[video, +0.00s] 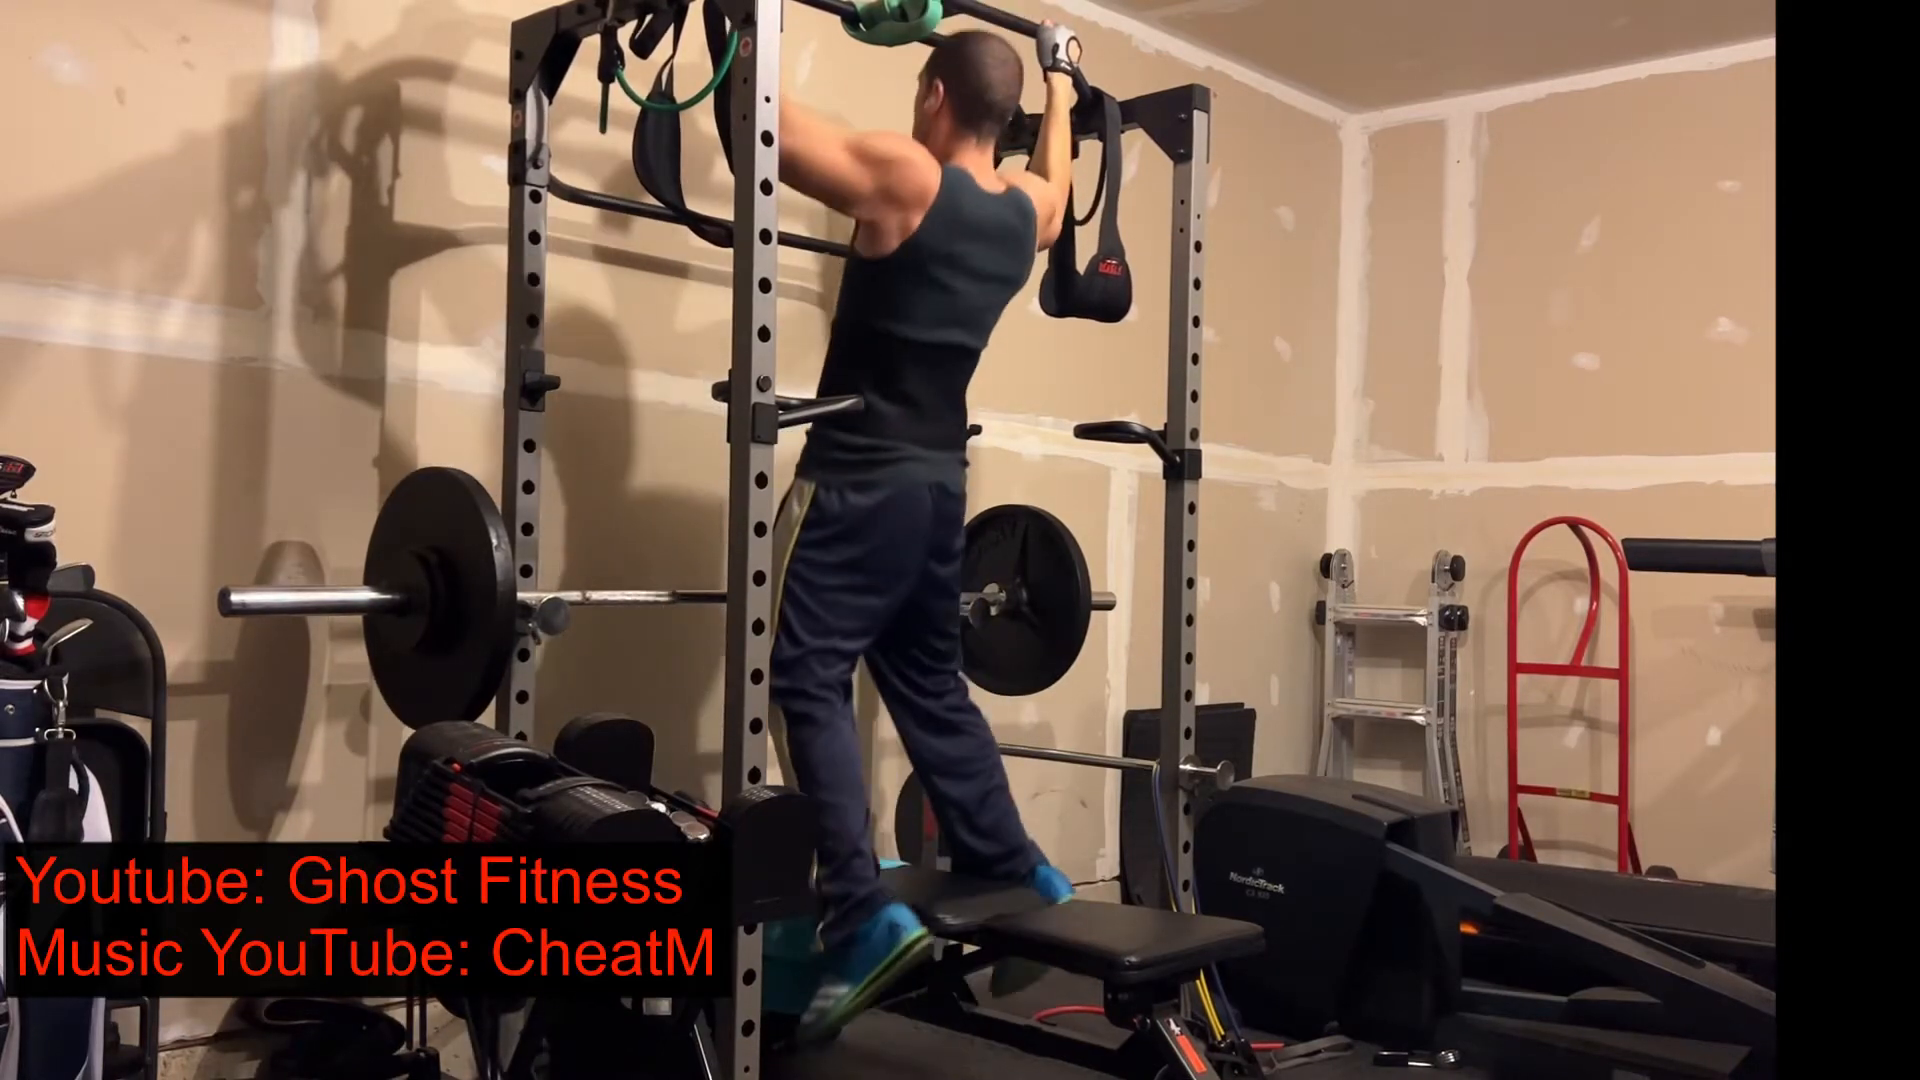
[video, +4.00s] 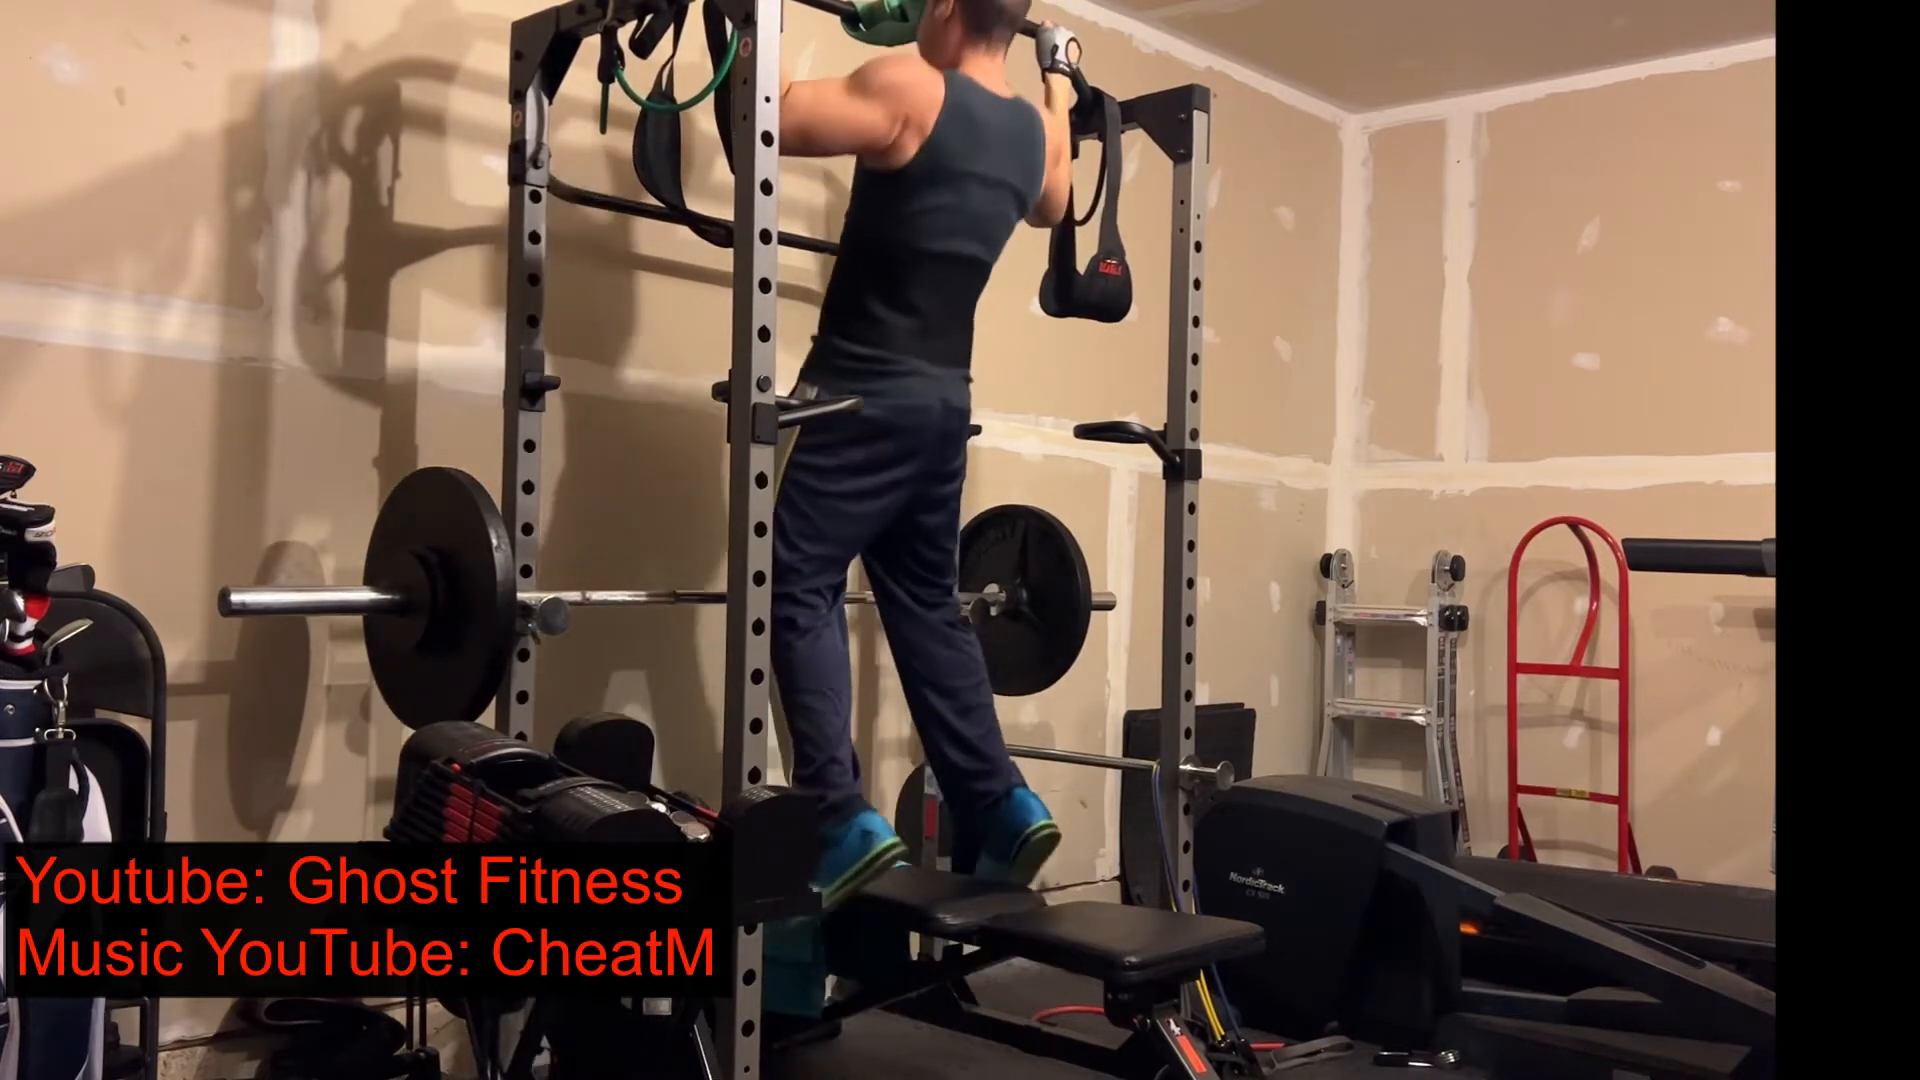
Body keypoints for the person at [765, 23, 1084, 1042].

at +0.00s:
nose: (914, 98)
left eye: (921, 84)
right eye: (923, 86)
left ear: (938, 98)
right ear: (1009, 118)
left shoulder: (902, 170)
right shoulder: (1024, 212)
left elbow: (767, 124)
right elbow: (1056, 185)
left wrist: (746, 30)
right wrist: (1061, 104)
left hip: (868, 480)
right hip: (938, 484)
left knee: (811, 681)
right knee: (931, 688)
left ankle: (862, 909)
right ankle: (1012, 871)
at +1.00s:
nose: (928, 8)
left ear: (960, 4)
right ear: (1025, 16)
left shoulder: (921, 67)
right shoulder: (1047, 107)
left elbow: (775, 107)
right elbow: (1069, 201)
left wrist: (757, 12)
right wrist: (1061, 91)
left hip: (862, 380)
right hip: (944, 390)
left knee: (780, 577)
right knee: (910, 591)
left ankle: (775, 800)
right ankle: (962, 791)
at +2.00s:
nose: (922, 136)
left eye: (929, 124)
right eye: (931, 125)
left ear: (948, 131)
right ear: (1011, 148)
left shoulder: (910, 199)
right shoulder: (1031, 243)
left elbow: (788, 138)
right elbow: (1051, 186)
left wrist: (770, 21)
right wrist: (1057, 107)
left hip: (868, 520)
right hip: (943, 524)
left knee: (804, 723)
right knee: (929, 731)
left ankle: (837, 962)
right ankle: (999, 936)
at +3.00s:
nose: (894, 176)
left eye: (900, 163)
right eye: (905, 164)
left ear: (919, 170)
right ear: (989, 190)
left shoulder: (883, 242)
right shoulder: (1004, 275)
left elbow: (775, 133)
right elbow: (1040, 191)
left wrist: (759, 30)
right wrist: (1057, 103)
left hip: (847, 536)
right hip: (924, 539)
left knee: (796, 748)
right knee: (918, 752)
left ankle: (846, 971)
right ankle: (1005, 952)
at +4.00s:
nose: (920, 17)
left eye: (927, 6)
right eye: (926, 7)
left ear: (947, 13)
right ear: (1013, 30)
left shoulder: (906, 86)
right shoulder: (1033, 130)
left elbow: (769, 117)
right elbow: (1056, 207)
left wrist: (748, 22)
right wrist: (1058, 95)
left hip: (861, 389)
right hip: (941, 400)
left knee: (799, 593)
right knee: (928, 608)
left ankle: (842, 820)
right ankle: (1002, 809)